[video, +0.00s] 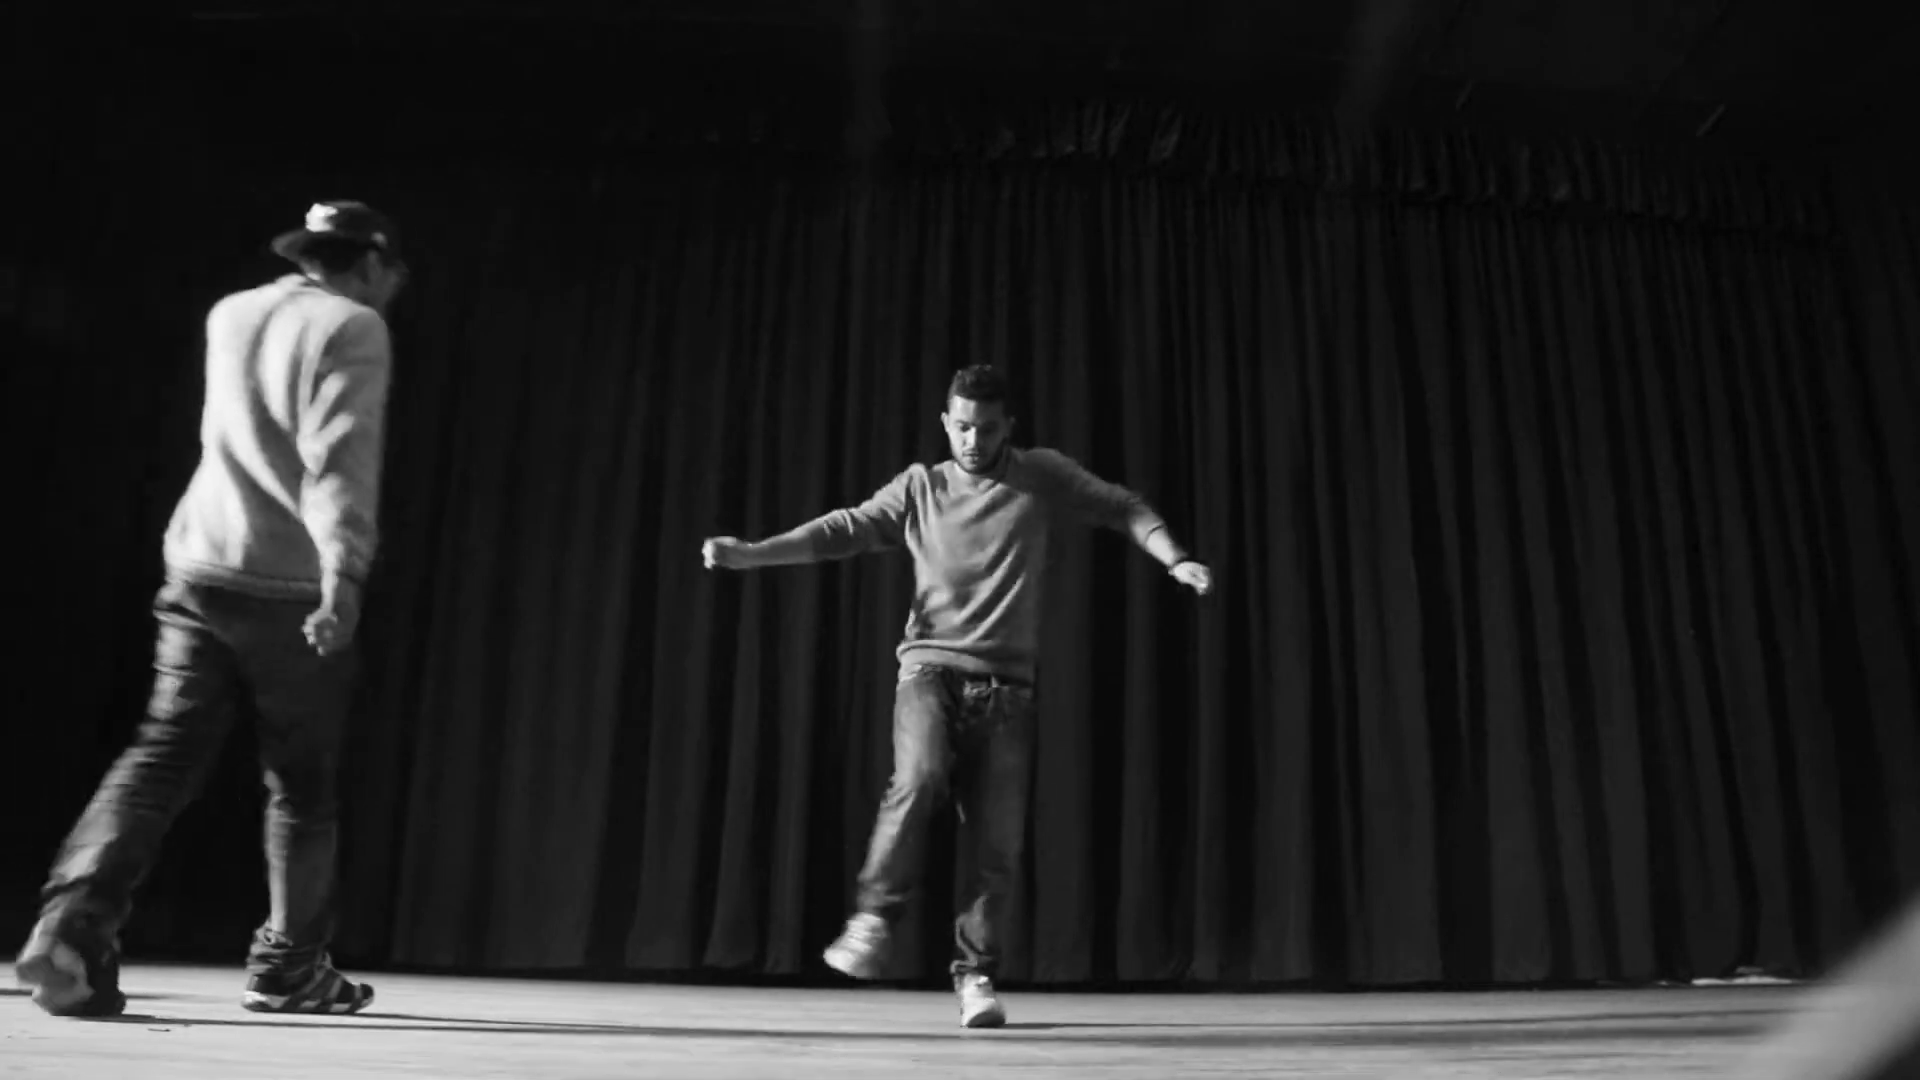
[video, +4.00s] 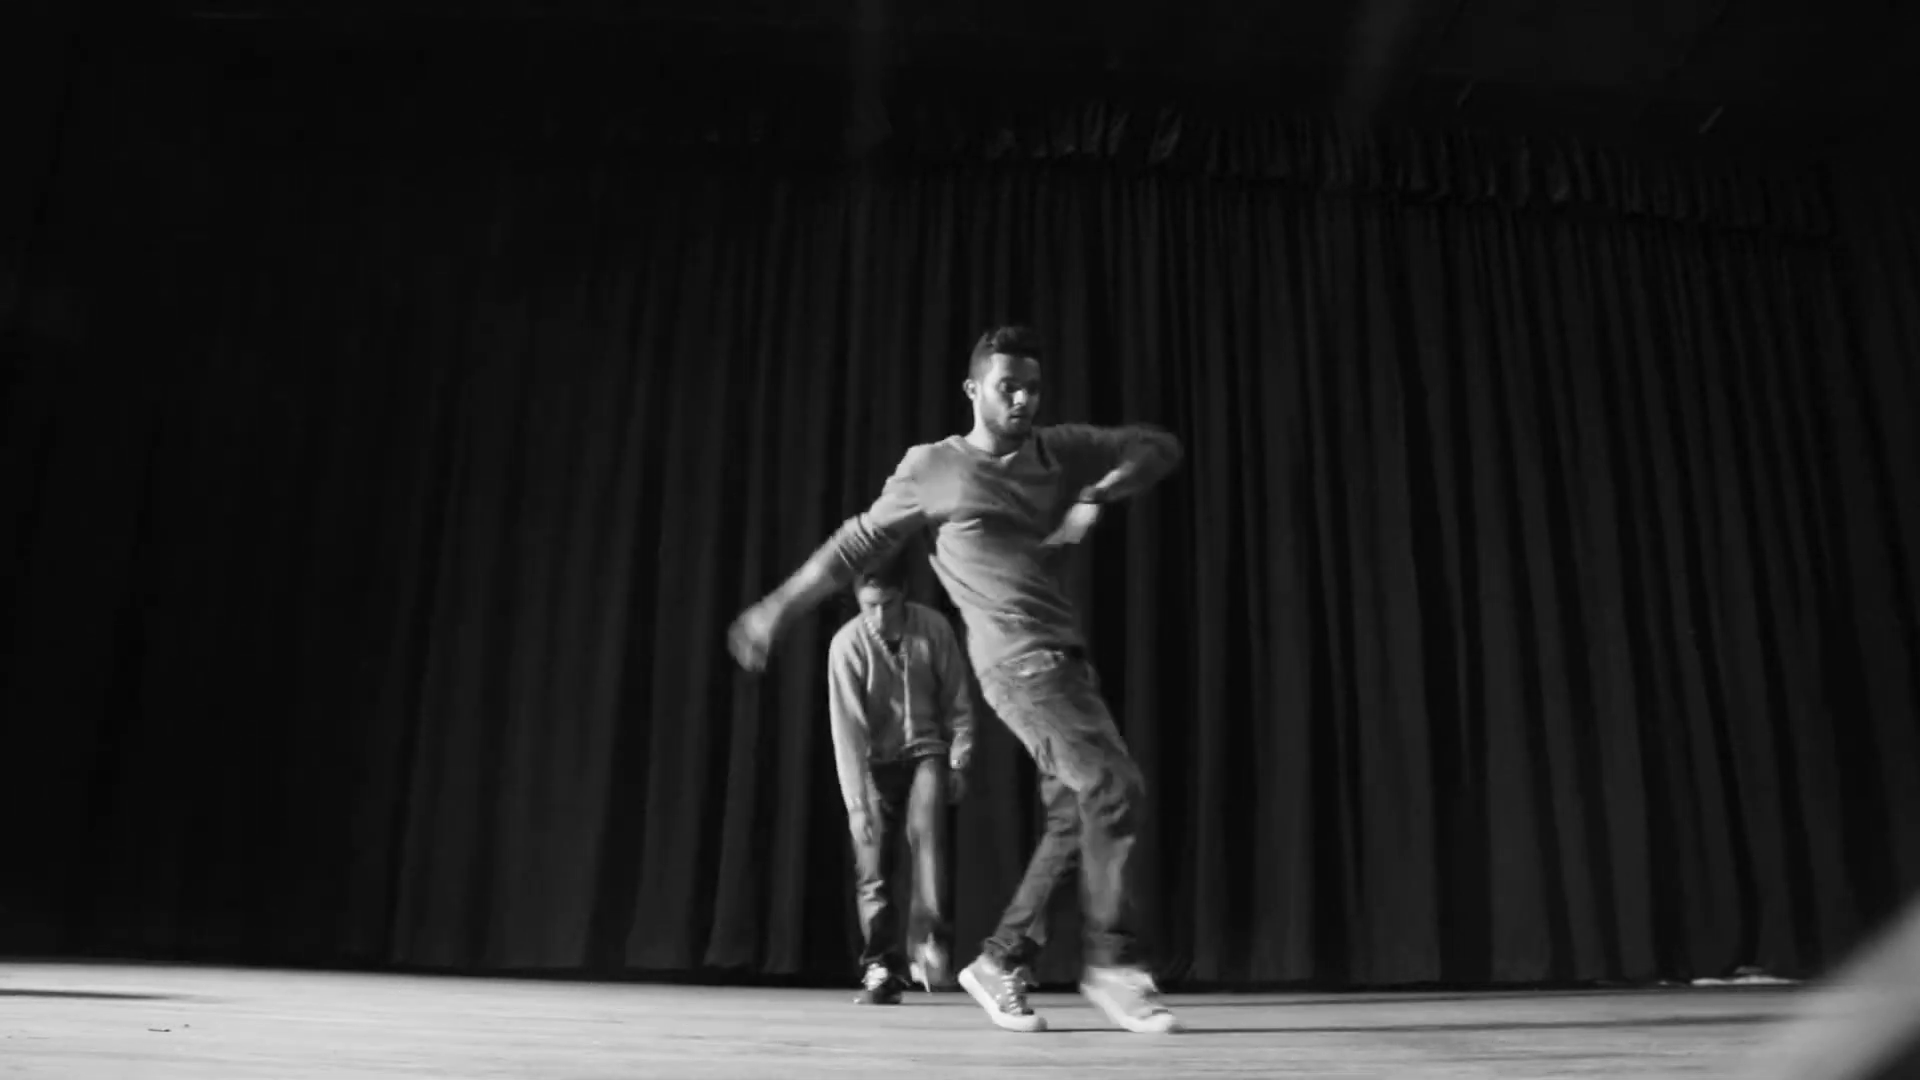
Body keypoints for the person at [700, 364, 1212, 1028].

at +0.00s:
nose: (974, 442)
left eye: (986, 429)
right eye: (963, 428)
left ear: (1008, 425)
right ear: (945, 423)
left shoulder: (1043, 474)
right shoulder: (919, 488)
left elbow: (1126, 510)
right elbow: (843, 528)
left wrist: (1174, 559)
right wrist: (753, 553)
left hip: (1006, 678)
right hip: (931, 666)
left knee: (997, 837)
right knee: (920, 779)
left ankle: (976, 975)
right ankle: (872, 921)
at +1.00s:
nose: (954, 425)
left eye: (967, 412)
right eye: (943, 411)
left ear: (987, 412)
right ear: (926, 410)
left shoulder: (1022, 472)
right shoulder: (891, 481)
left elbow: (1094, 512)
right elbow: (809, 502)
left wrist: (1161, 514)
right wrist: (718, 508)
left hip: (983, 673)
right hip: (908, 676)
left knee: (962, 819)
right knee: (915, 824)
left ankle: (956, 975)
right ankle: (923, 972)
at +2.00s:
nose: (964, 401)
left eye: (977, 389)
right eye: (960, 390)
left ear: (1015, 391)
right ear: (958, 394)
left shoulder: (1066, 468)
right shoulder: (935, 446)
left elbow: (1136, 527)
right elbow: (850, 457)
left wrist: (1209, 579)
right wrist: (758, 459)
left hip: (996, 670)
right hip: (914, 651)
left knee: (989, 832)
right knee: (854, 750)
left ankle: (969, 985)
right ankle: (833, 898)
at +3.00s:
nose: (867, 390)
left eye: (877, 379)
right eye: (852, 378)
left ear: (889, 388)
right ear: (819, 387)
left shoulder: (924, 452)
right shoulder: (793, 464)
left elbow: (1014, 475)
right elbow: (712, 526)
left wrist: (1038, 516)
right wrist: (778, 469)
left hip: (889, 673)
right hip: (797, 673)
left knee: (922, 831)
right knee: (763, 833)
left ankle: (947, 982)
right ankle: (726, 978)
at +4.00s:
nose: (1020, 400)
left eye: (1030, 389)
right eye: (1006, 387)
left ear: (1040, 393)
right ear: (973, 390)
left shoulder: (1060, 449)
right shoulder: (936, 468)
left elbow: (1161, 447)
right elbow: (854, 545)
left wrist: (1099, 493)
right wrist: (774, 610)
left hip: (1065, 652)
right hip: (1012, 657)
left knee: (1076, 812)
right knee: (1112, 789)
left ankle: (1001, 963)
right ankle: (1111, 966)